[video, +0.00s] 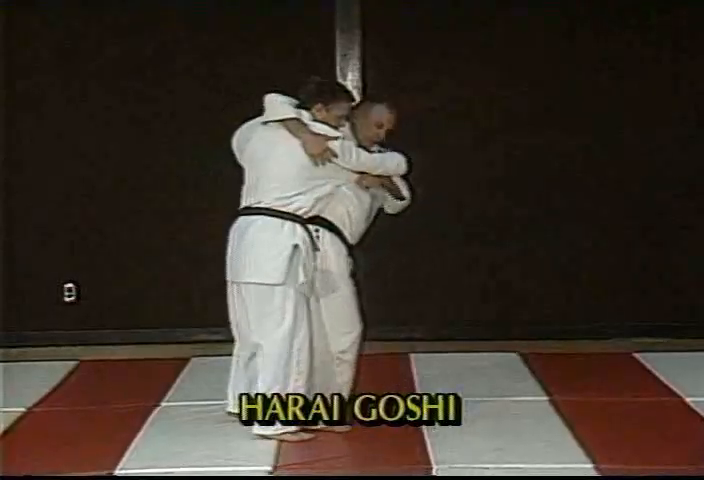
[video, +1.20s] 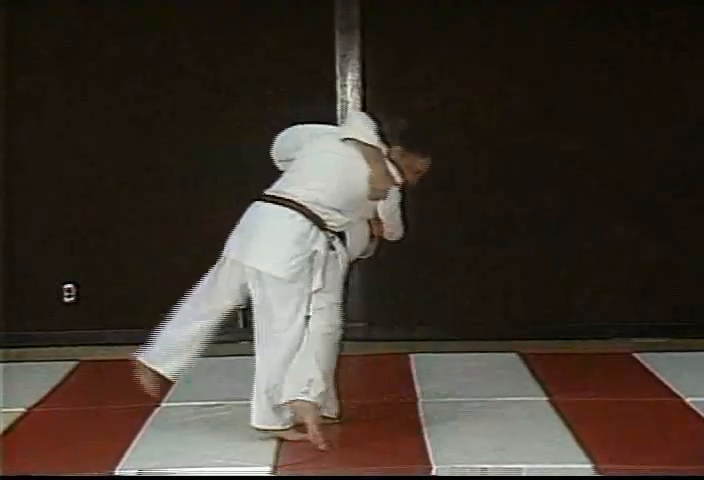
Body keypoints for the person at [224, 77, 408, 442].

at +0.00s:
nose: (343, 123)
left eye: (345, 116)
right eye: (341, 115)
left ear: (306, 109)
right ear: (320, 108)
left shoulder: (254, 132)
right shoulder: (326, 142)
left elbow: (238, 137)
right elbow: (387, 165)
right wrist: (398, 161)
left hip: (241, 236)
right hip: (279, 240)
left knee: (247, 332)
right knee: (281, 330)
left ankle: (244, 408)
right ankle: (272, 419)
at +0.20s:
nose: (340, 124)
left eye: (341, 117)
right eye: (337, 116)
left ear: (301, 110)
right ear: (317, 111)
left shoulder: (252, 134)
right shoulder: (324, 145)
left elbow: (238, 137)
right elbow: (383, 166)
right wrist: (391, 163)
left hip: (240, 234)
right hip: (278, 239)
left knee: (247, 333)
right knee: (281, 332)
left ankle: (242, 408)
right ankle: (272, 420)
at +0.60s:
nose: (346, 129)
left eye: (347, 121)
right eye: (343, 120)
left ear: (308, 114)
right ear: (324, 115)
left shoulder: (259, 137)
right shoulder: (329, 148)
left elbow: (236, 139)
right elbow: (378, 172)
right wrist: (388, 165)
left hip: (244, 243)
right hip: (283, 247)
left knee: (249, 338)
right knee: (286, 337)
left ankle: (242, 412)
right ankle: (270, 421)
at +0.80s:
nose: (379, 136)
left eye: (383, 130)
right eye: (377, 127)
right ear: (358, 118)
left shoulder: (364, 156)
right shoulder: (328, 129)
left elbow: (372, 210)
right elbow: (295, 106)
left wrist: (372, 198)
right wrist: (331, 144)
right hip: (326, 235)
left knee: (327, 322)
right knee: (392, 302)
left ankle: (324, 398)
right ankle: (427, 379)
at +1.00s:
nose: (384, 148)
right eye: (378, 141)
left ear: (328, 118)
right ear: (364, 130)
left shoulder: (297, 134)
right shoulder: (365, 158)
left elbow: (256, 149)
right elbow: (389, 201)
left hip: (254, 235)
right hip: (299, 244)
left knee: (252, 326)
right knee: (298, 336)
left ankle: (236, 390)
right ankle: (278, 417)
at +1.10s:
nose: (399, 166)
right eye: (400, 159)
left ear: (349, 126)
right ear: (377, 143)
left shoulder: (313, 133)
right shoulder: (374, 169)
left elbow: (268, 148)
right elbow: (392, 221)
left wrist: (297, 166)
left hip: (256, 224)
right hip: (296, 241)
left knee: (232, 311)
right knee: (287, 332)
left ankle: (198, 373)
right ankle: (274, 415)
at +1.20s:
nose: (405, 177)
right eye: (405, 169)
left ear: (370, 134)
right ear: (392, 151)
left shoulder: (328, 137)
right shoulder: (384, 182)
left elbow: (281, 148)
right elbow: (393, 231)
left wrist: (302, 175)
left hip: (255, 221)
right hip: (292, 242)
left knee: (211, 299)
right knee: (282, 329)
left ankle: (156, 361)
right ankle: (270, 415)